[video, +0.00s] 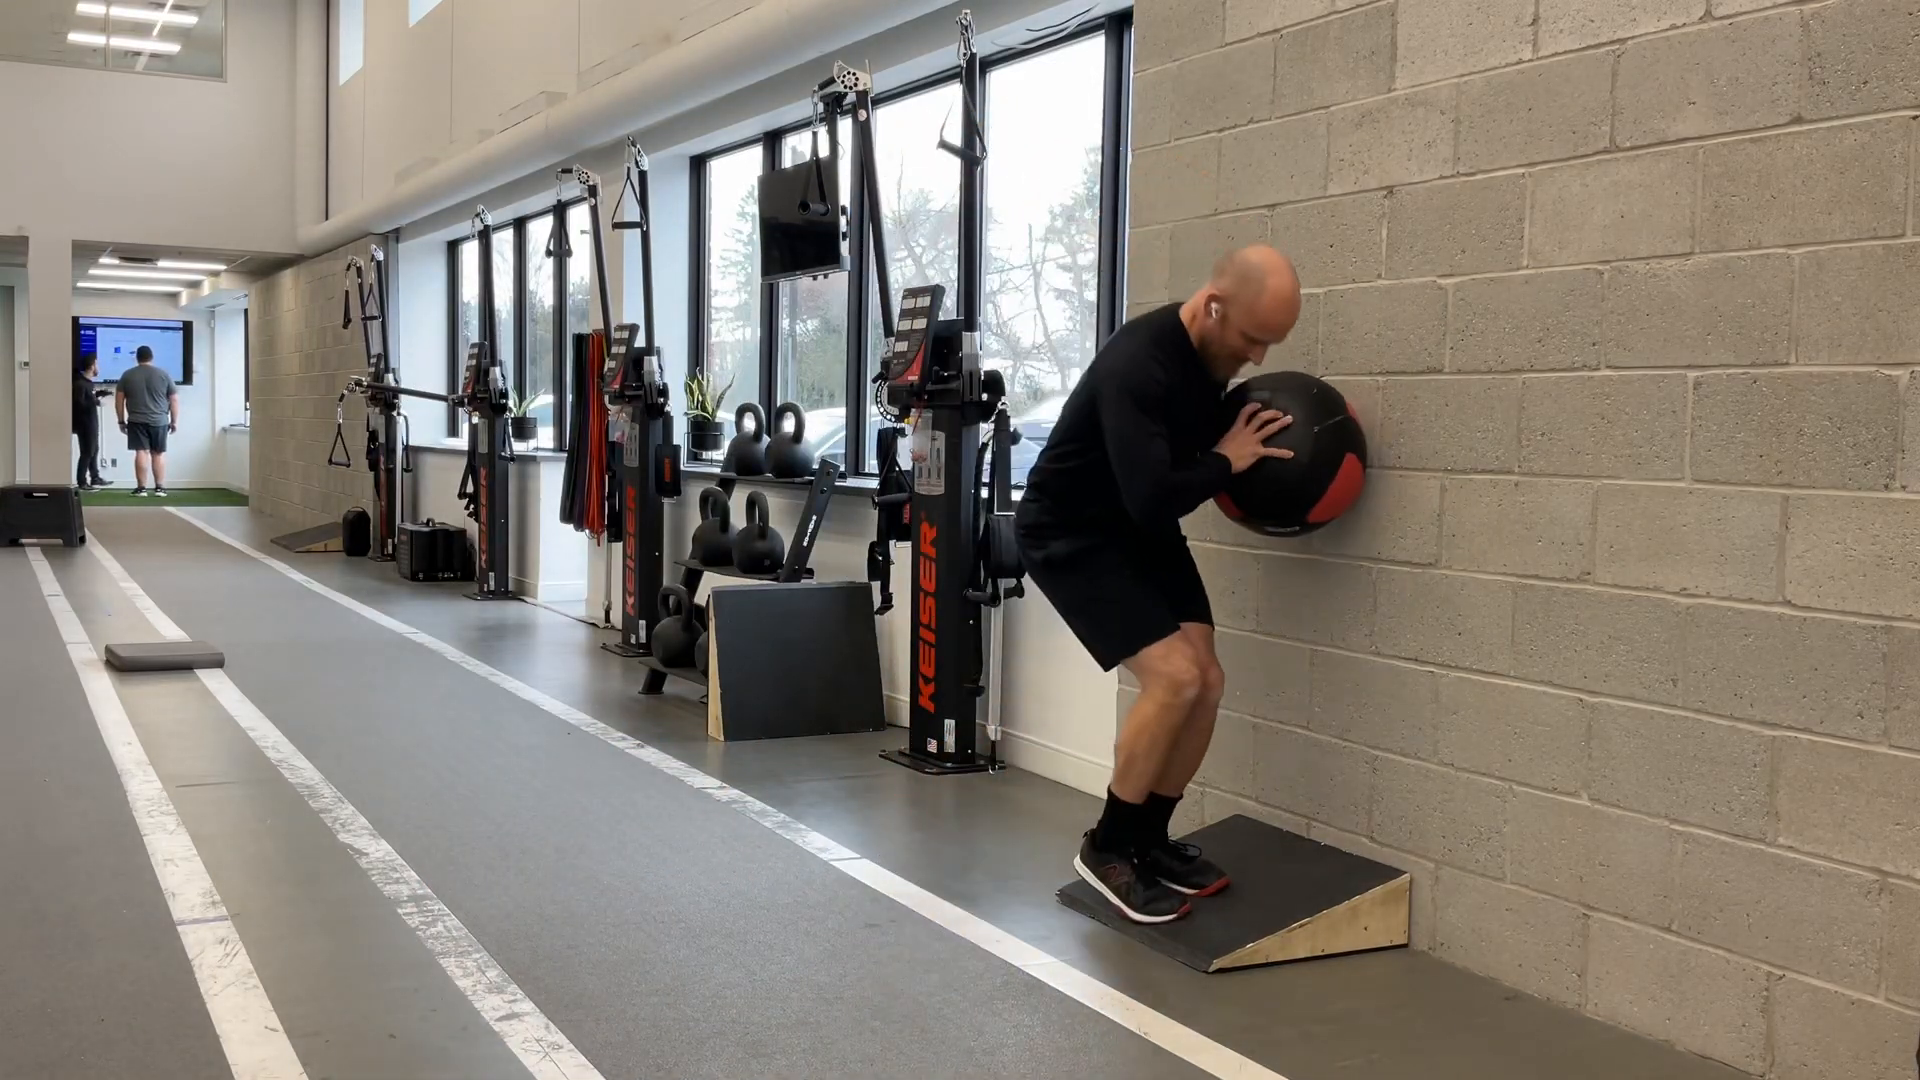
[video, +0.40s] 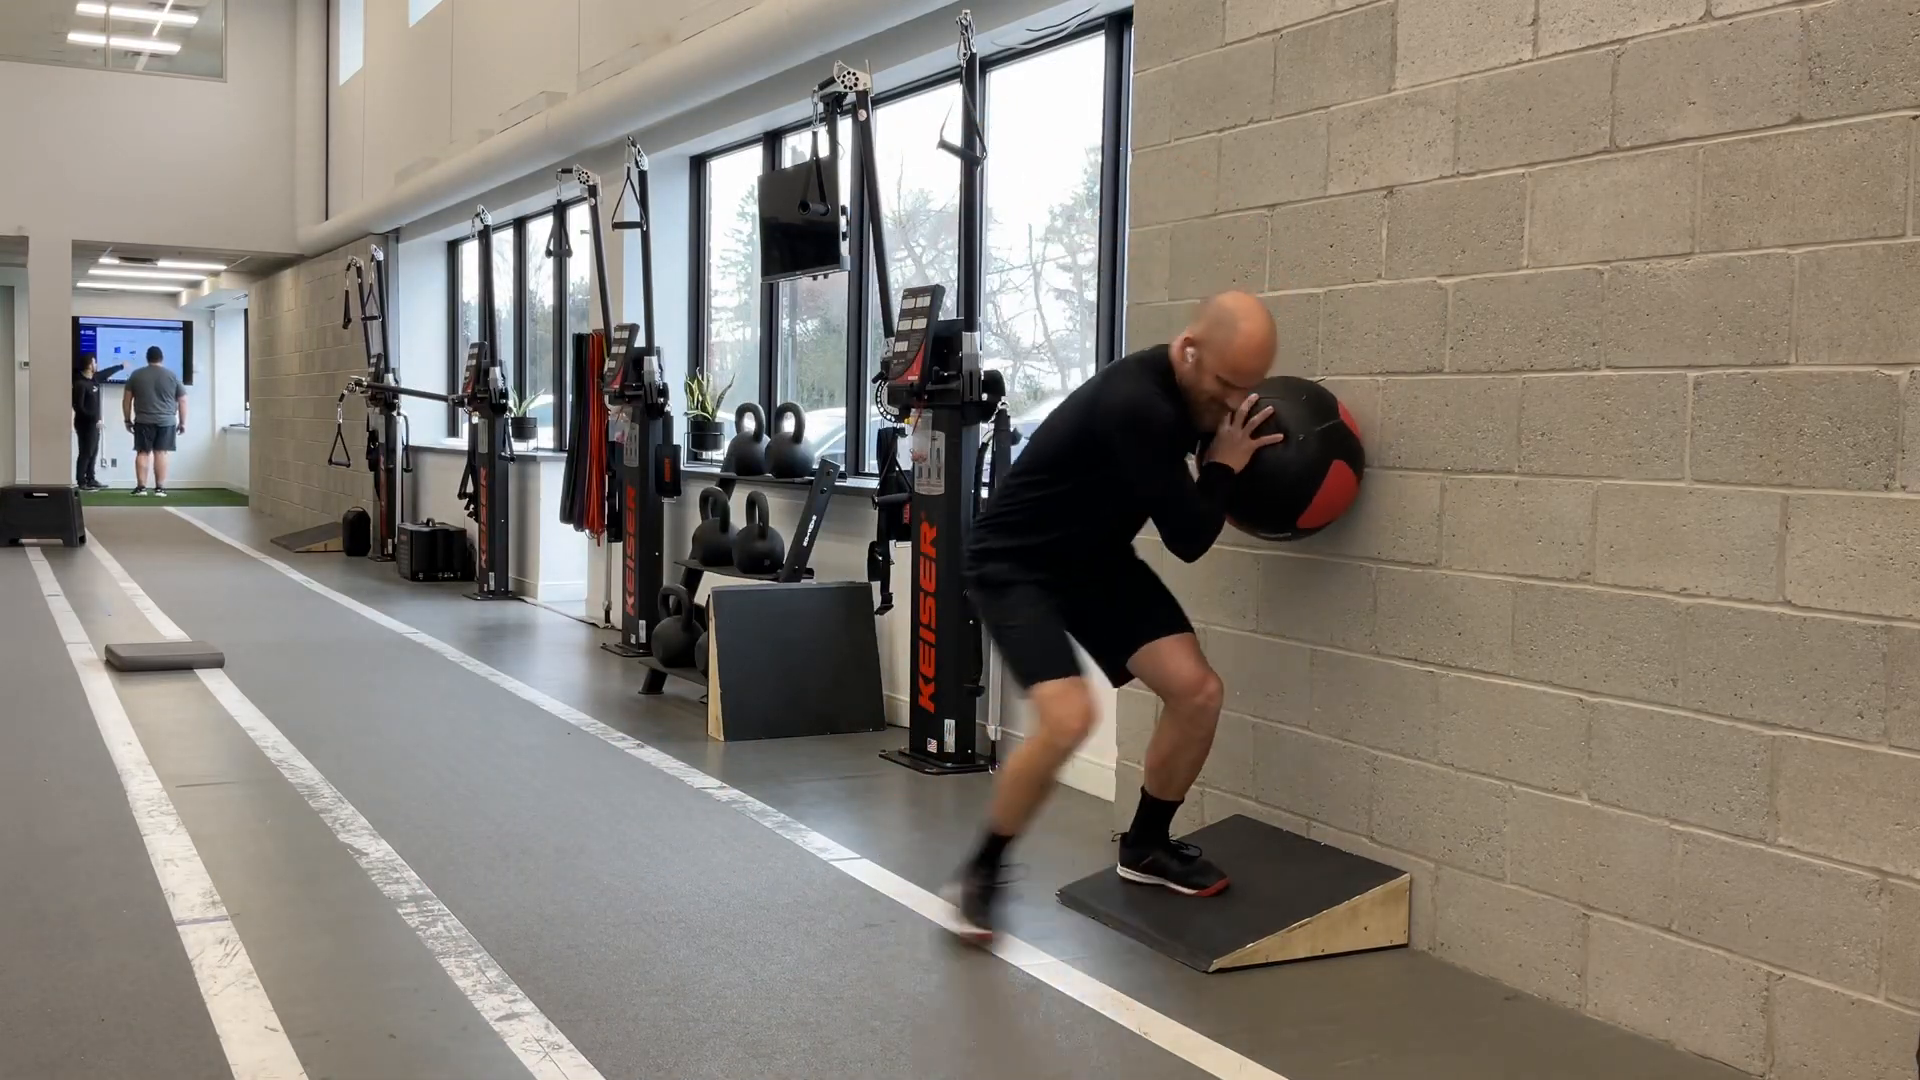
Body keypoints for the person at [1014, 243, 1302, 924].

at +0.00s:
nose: (1257, 357)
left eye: (1269, 345)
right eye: (1251, 340)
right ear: (1210, 305)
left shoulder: (1208, 359)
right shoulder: (1139, 361)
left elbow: (1188, 447)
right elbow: (1149, 497)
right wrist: (1223, 460)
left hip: (1141, 524)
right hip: (1071, 527)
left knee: (1207, 680)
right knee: (1178, 676)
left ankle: (1149, 837)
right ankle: (1108, 845)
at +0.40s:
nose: (1233, 404)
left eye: (1245, 392)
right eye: (1225, 386)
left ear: (1261, 373)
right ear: (1185, 353)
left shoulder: (1194, 395)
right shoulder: (1136, 403)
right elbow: (1187, 537)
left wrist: (1293, 455)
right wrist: (1224, 467)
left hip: (1093, 556)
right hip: (1012, 554)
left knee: (1197, 692)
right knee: (1069, 714)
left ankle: (1146, 845)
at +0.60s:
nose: (1062, 293)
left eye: (1074, 278)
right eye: (1047, 275)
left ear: (1084, 272)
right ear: (1013, 261)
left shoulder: (1052, 344)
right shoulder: (990, 337)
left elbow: (1102, 413)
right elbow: (1083, 445)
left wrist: (1170, 446)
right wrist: (1162, 442)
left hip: (982, 542)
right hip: (891, 536)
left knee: (1090, 695)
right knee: (811, 690)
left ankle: (1138, 846)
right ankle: (690, 868)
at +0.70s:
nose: (946, 258)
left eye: (961, 244)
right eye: (931, 239)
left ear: (977, 235)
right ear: (898, 220)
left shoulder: (952, 304)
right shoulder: (863, 286)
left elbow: (984, 395)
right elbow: (914, 389)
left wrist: (1049, 427)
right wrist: (1013, 429)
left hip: (889, 524)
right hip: (799, 519)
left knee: (1005, 678)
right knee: (694, 692)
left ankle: (1051, 837)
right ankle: (532, 879)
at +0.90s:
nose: (720, 340)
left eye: (734, 321)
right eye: (703, 323)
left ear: (753, 305)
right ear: (668, 304)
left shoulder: (771, 398)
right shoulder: (608, 378)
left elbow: (789, 524)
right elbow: (535, 492)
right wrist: (659, 480)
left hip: (696, 608)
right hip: (591, 603)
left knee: (788, 750)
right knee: (553, 781)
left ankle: (636, 831)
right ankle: (412, 951)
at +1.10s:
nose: (612, 420)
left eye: (631, 400)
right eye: (594, 400)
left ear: (658, 371)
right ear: (561, 369)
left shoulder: (684, 477)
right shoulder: (499, 414)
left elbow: (673, 624)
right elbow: (342, 452)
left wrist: (584, 680)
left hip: (610, 655)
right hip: (495, 637)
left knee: (590, 820)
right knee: (499, 778)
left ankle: (467, 881)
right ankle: (404, 949)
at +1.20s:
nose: (599, 433)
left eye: (616, 414)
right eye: (581, 414)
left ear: (641, 385)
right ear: (546, 381)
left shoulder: (667, 481)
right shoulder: (491, 411)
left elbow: (646, 630)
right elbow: (328, 410)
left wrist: (546, 665)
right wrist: (384, 483)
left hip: (599, 639)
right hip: (484, 622)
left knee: (623, 792)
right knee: (481, 771)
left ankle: (495, 864)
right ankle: (403, 948)